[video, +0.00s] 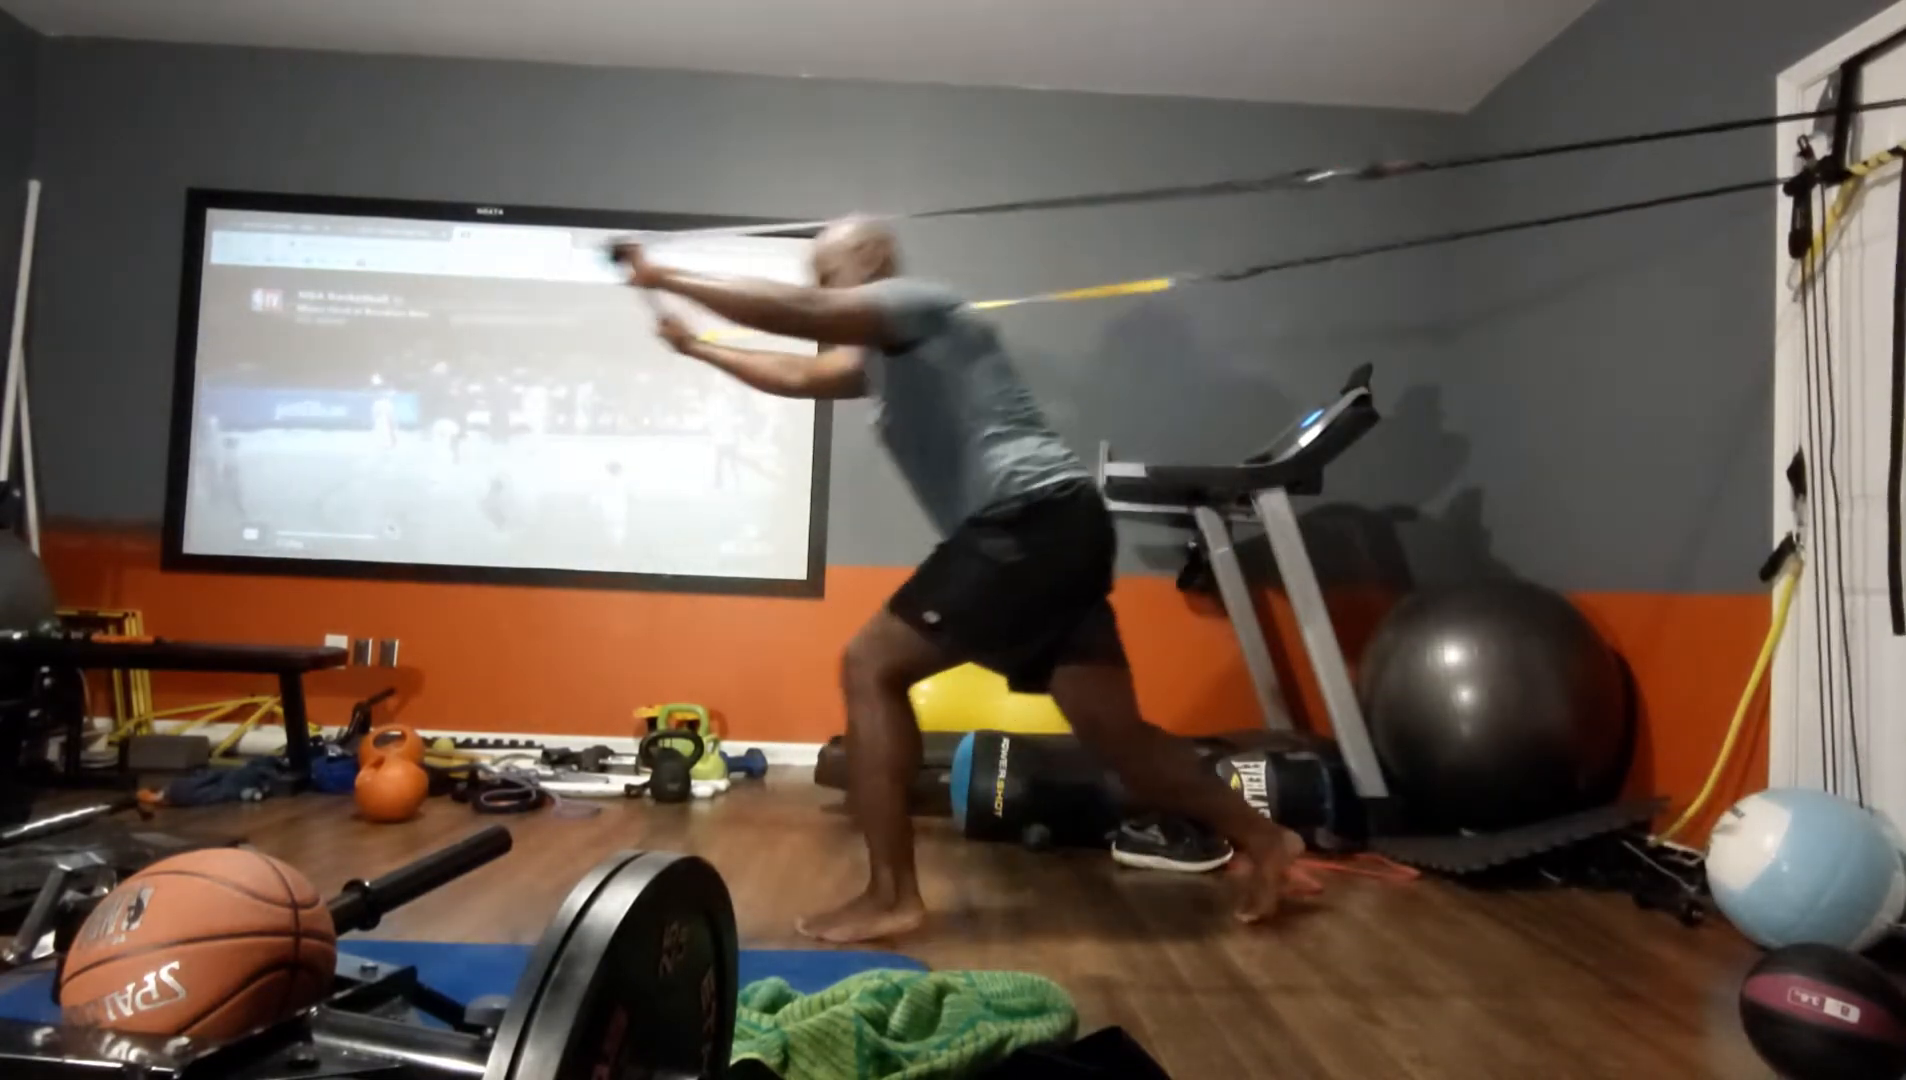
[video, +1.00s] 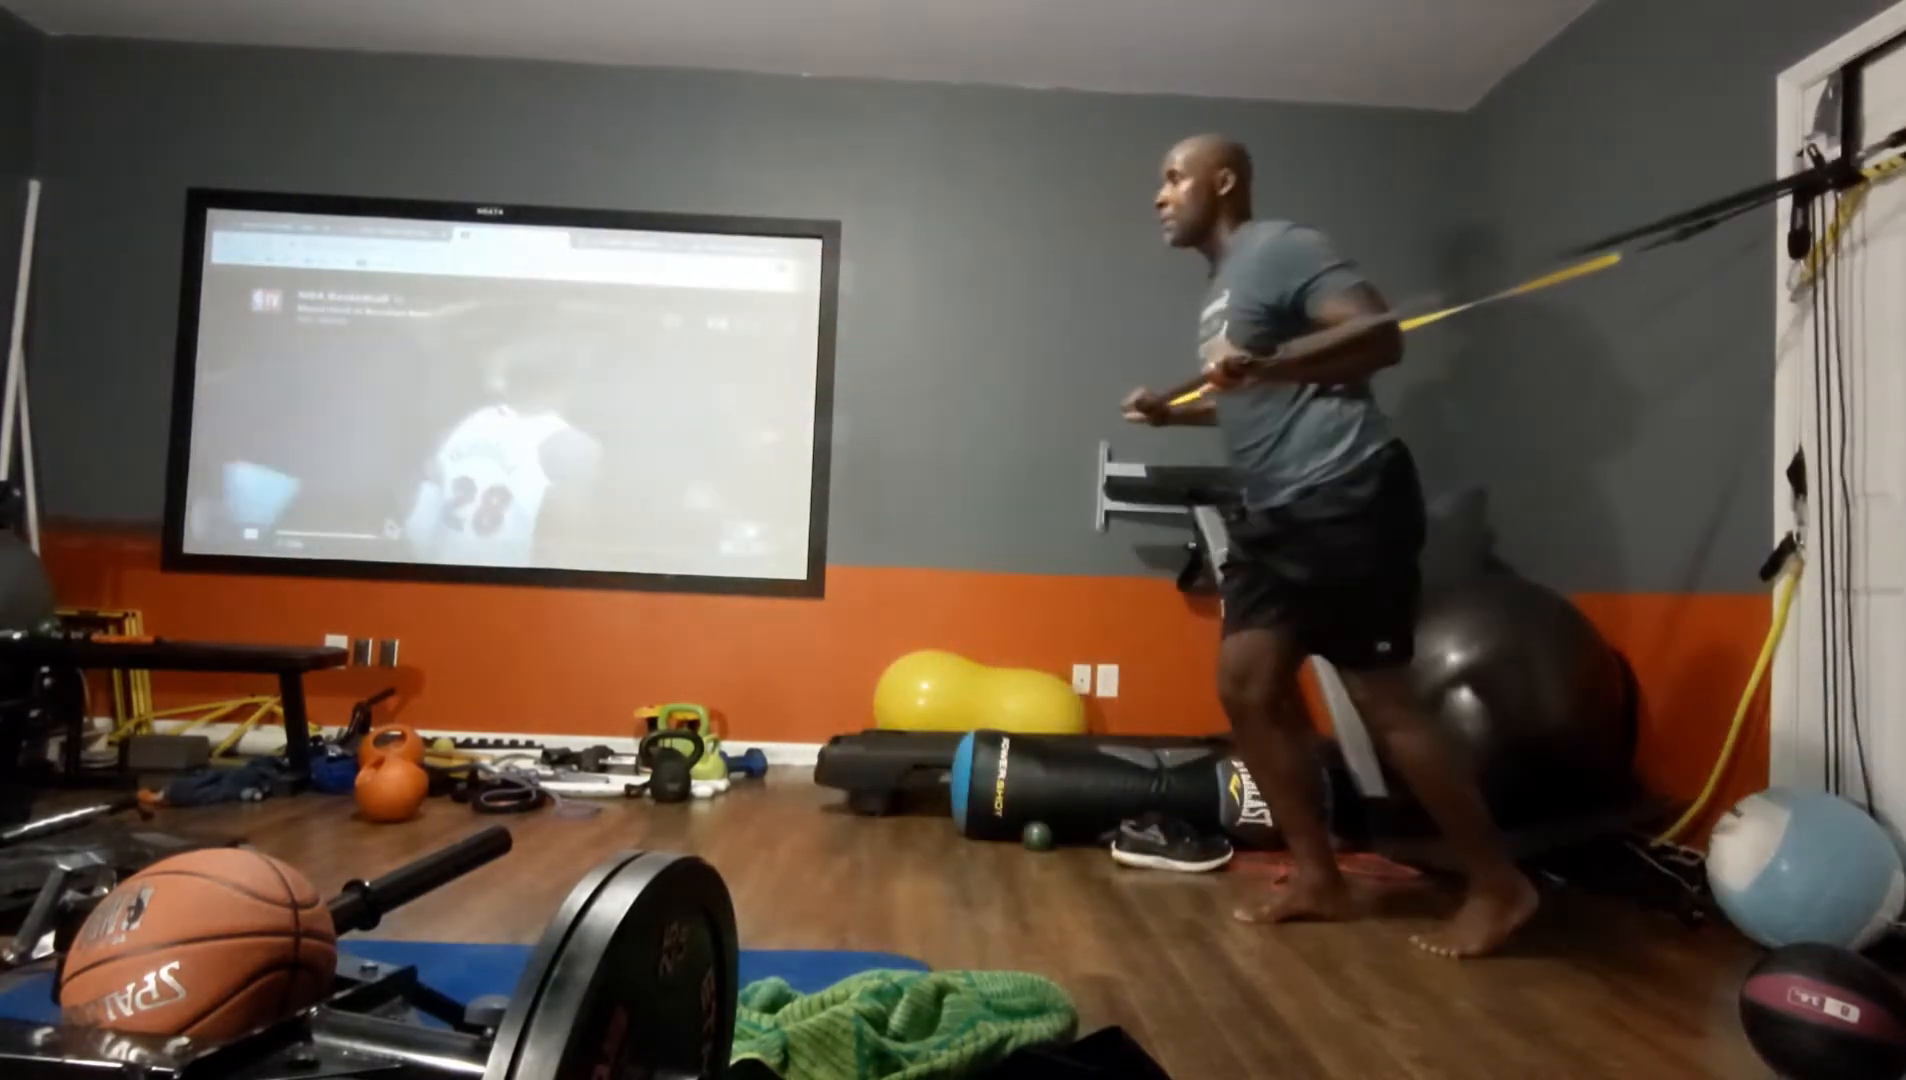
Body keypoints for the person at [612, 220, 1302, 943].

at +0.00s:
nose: (814, 277)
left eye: (824, 261)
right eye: (812, 269)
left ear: (874, 256)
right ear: (850, 280)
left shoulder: (926, 308)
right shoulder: (885, 364)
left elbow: (805, 309)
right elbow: (790, 374)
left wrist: (674, 276)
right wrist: (693, 340)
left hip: (1033, 521)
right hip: (1051, 530)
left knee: (869, 667)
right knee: (1120, 740)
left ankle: (890, 896)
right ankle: (1266, 845)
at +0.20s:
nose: (942, 227)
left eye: (955, 210)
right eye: (941, 217)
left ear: (1006, 210)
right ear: (966, 227)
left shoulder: (1054, 265)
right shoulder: (1002, 326)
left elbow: (1016, 319)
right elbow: (948, 394)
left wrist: (882, 289)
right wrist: (852, 346)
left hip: (1106, 496)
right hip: (1107, 505)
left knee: (980, 673)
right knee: (1160, 706)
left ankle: (899, 884)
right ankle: (1288, 854)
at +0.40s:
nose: (1031, 214)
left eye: (1045, 197)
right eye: (1032, 200)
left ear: (1095, 201)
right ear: (1084, 205)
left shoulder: (1133, 257)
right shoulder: (1094, 298)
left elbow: (1202, 332)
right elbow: (1094, 413)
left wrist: (1079, 334)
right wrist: (1019, 388)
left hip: (1183, 488)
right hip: (1175, 493)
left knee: (1072, 670)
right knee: (1194, 699)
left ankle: (1087, 889)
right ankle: (1301, 862)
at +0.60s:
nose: (1087, 199)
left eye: (1100, 181)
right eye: (1088, 185)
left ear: (1149, 187)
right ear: (1133, 195)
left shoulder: (1193, 244)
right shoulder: (1150, 283)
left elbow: (1287, 320)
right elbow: (1186, 393)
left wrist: (1181, 347)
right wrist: (1113, 406)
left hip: (1245, 477)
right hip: (1221, 483)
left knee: (1185, 681)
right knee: (1225, 690)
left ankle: (1332, 852)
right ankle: (1312, 858)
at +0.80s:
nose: (1130, 201)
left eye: (1145, 185)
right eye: (1131, 187)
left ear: (1195, 192)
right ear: (1181, 197)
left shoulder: (1244, 250)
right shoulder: (1192, 285)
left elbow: (1340, 333)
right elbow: (1227, 397)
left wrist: (1235, 359)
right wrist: (1155, 408)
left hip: (1312, 497)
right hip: (1243, 510)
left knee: (1321, 690)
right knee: (1244, 685)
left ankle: (1478, 874)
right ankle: (1315, 879)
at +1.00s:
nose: (1159, 196)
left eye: (1174, 179)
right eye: (1160, 183)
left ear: (1227, 184)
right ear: (1211, 190)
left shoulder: (1283, 248)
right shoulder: (1218, 293)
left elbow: (1376, 334)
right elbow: (1253, 398)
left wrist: (1268, 366)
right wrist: (1171, 410)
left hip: (1352, 497)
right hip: (1280, 511)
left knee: (1384, 694)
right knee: (1248, 685)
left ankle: (1499, 885)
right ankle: (1316, 878)